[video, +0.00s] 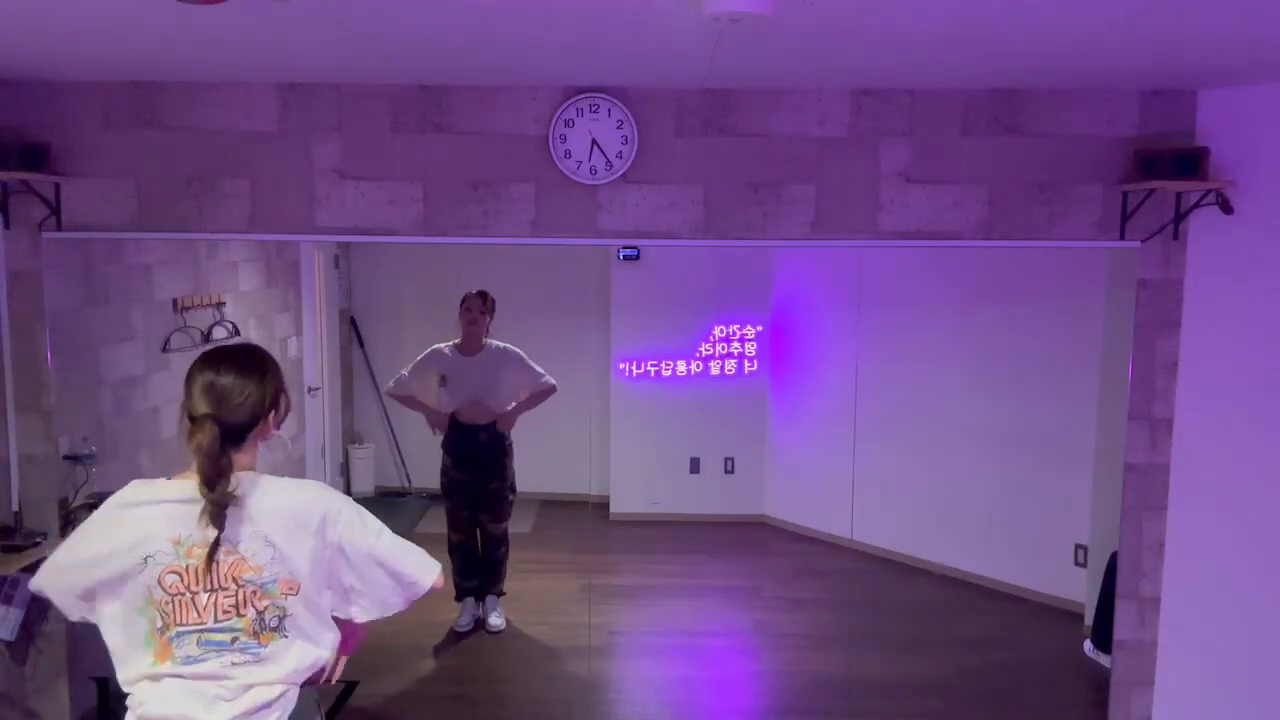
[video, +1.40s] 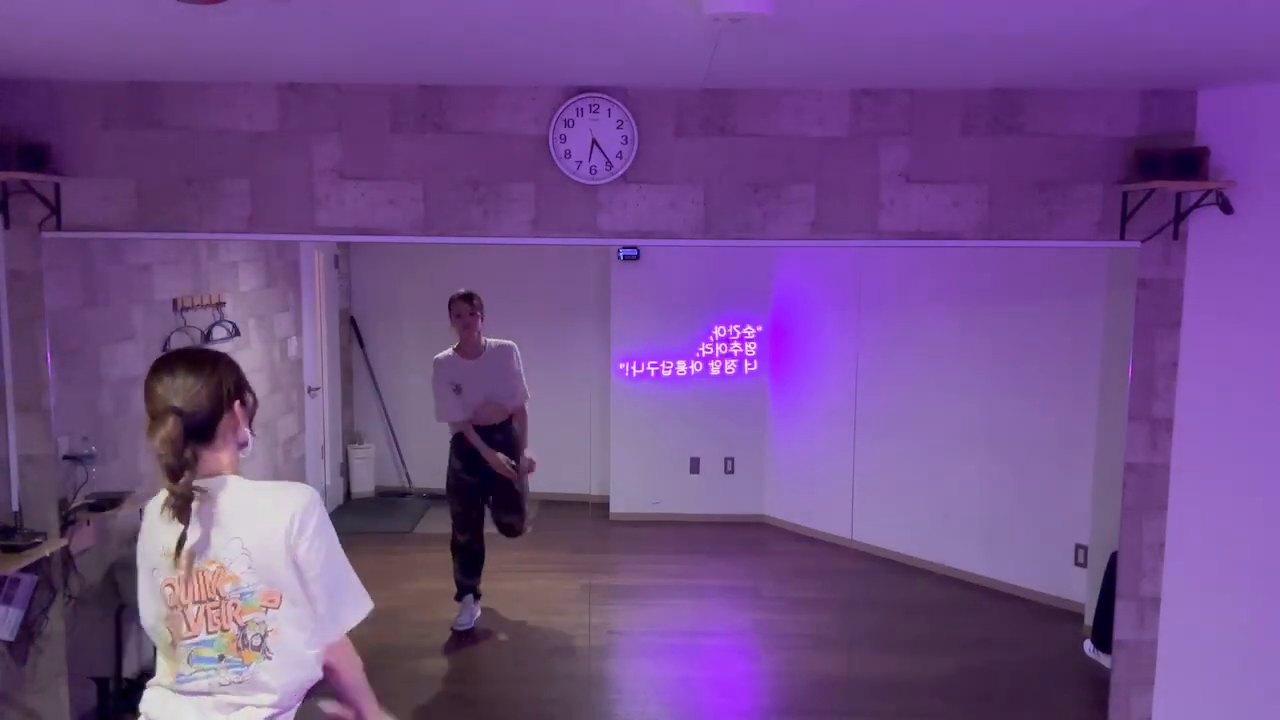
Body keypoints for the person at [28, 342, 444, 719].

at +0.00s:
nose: (283, 416)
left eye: (282, 404)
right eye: (282, 406)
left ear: (189, 411)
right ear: (271, 420)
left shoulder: (131, 507)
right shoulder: (312, 507)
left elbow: (55, 583)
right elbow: (429, 579)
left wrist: (138, 614)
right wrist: (351, 623)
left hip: (157, 708)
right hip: (270, 710)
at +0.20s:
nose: (261, 413)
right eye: (259, 402)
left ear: (168, 422)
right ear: (253, 417)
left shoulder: (136, 507)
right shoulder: (306, 511)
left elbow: (118, 615)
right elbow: (373, 603)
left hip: (154, 710)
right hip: (266, 710)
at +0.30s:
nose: (255, 409)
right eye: (252, 399)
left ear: (162, 424)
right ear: (247, 416)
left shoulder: (130, 513)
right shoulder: (302, 511)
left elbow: (138, 587)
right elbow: (349, 597)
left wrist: (145, 502)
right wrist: (418, 526)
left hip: (158, 713)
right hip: (268, 711)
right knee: (309, 691)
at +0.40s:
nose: (251, 410)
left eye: (249, 398)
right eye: (249, 400)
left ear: (158, 423)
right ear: (240, 418)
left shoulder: (124, 515)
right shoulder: (296, 513)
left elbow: (143, 593)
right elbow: (338, 596)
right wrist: (408, 536)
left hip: (156, 707)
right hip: (265, 706)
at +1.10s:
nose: (248, 417)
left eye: (246, 406)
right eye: (246, 407)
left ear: (158, 419)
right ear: (234, 420)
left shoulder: (127, 510)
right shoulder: (279, 507)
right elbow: (311, 620)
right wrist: (346, 561)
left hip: (126, 708)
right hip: (234, 710)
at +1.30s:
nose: (244, 421)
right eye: (242, 405)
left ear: (156, 424)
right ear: (230, 414)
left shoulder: (140, 515)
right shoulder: (295, 503)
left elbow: (144, 627)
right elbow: (333, 635)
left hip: (148, 707)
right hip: (254, 711)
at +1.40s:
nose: (249, 413)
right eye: (247, 401)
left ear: (162, 423)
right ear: (236, 411)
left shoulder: (155, 515)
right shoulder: (292, 507)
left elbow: (156, 627)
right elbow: (332, 647)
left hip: (164, 706)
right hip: (264, 709)